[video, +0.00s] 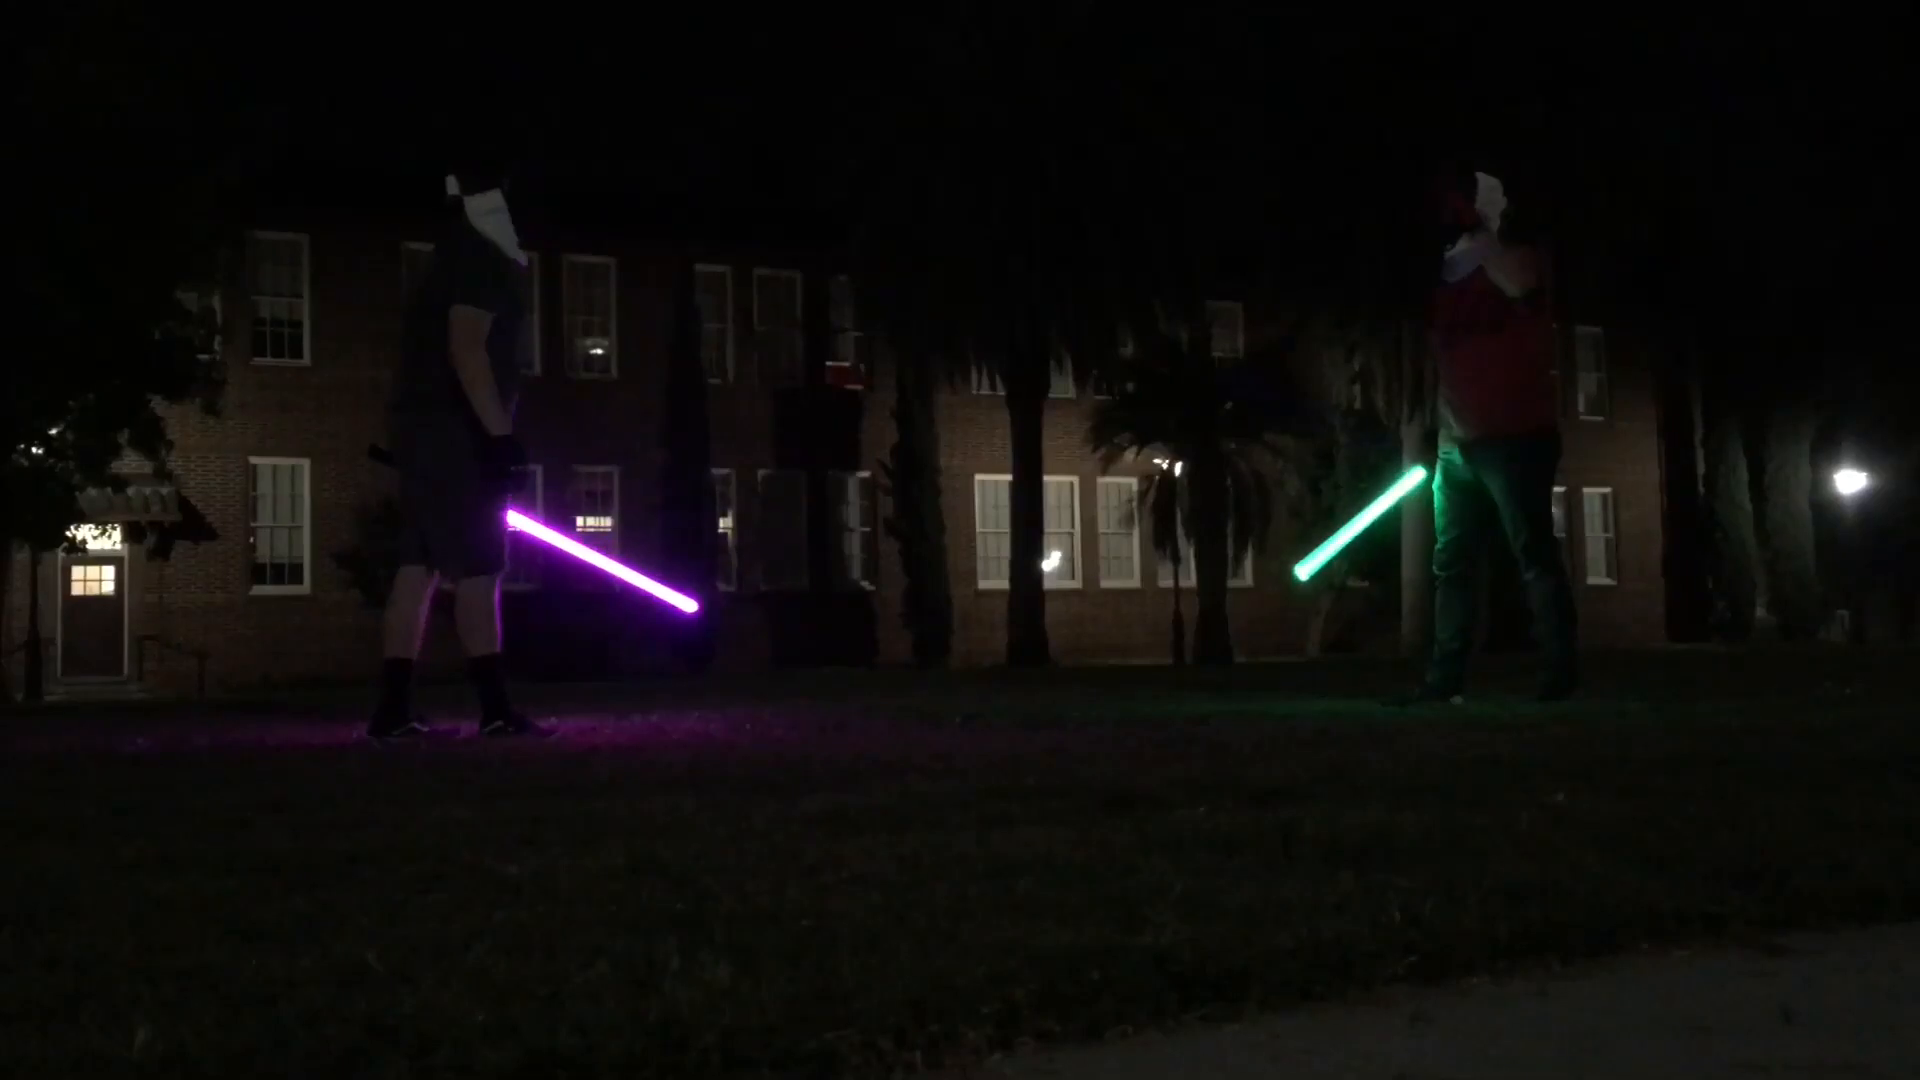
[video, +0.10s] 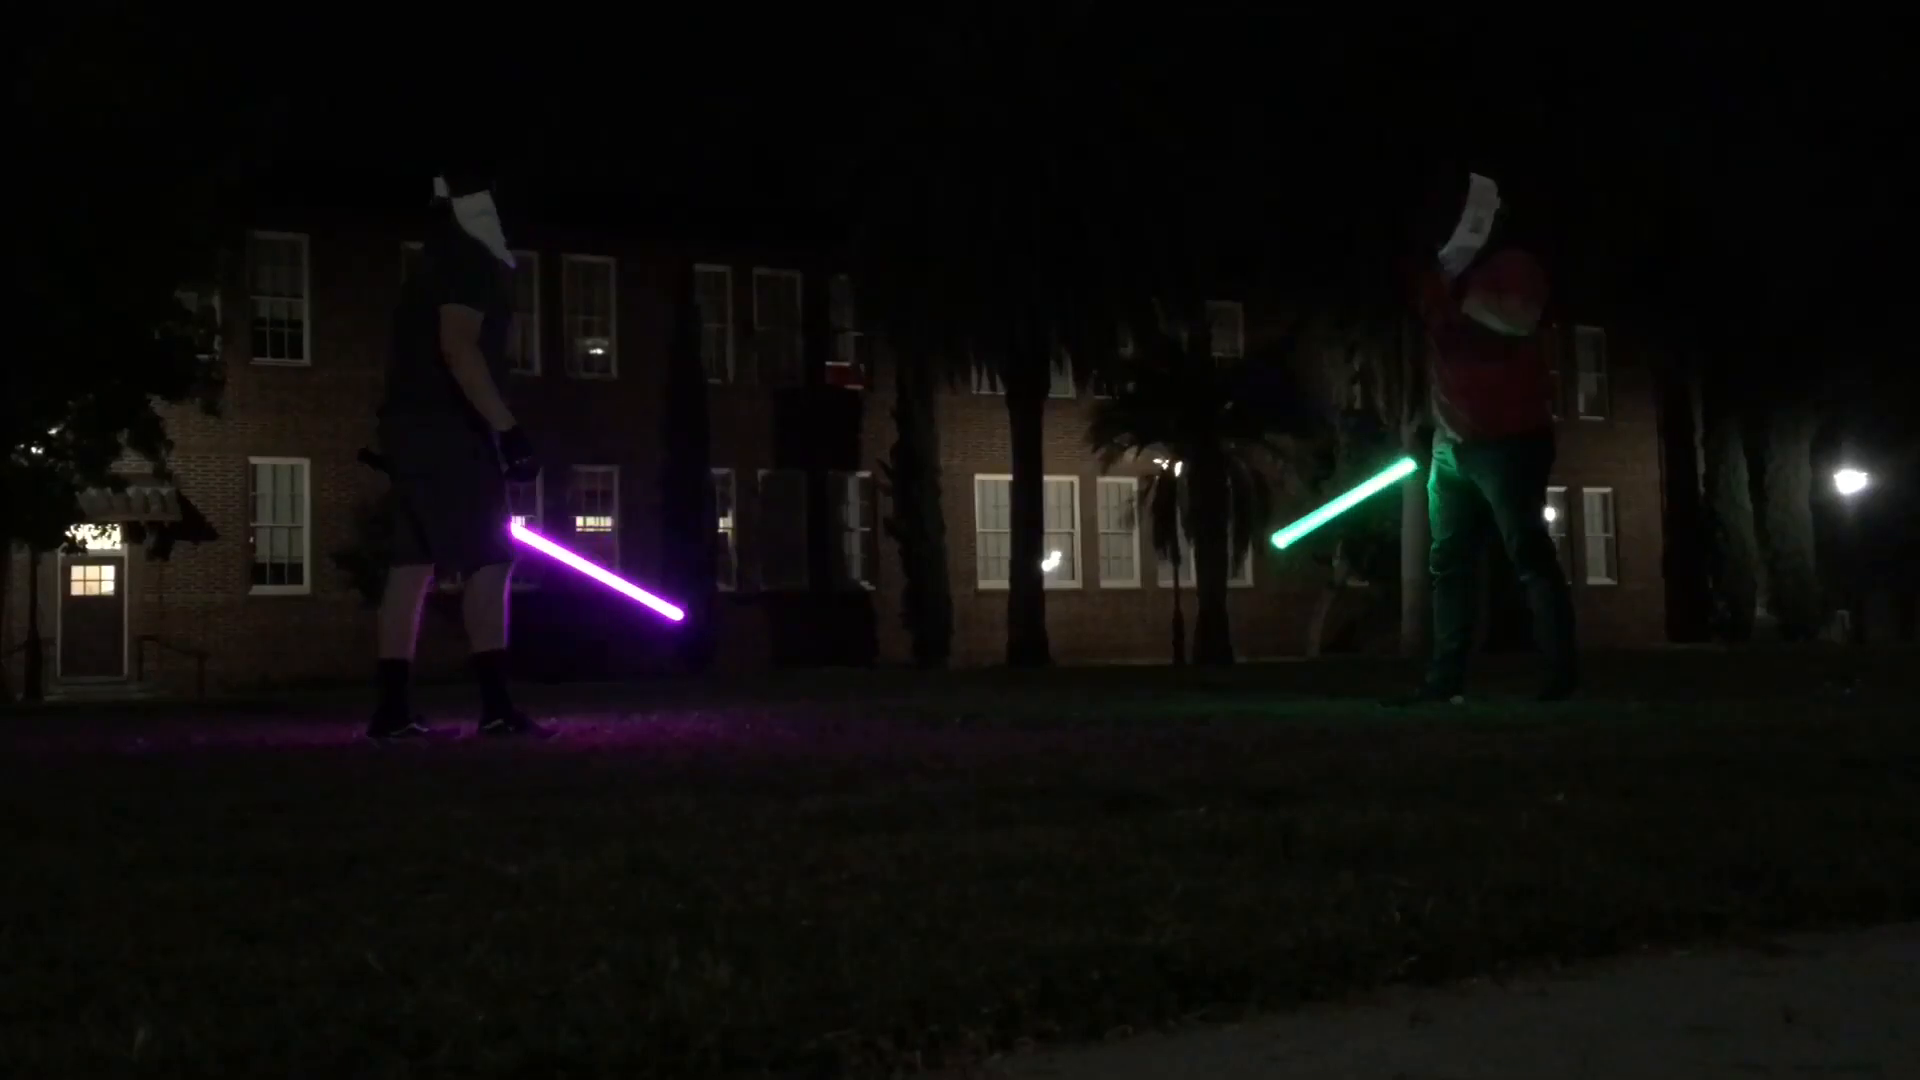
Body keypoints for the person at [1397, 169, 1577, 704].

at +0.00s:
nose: (1457, 212)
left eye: (1466, 201)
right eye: (1455, 204)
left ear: (1490, 204)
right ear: (1457, 208)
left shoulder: (1519, 250)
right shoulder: (1454, 262)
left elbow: (1521, 285)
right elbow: (1437, 346)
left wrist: (1481, 234)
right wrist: (1422, 424)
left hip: (1515, 433)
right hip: (1457, 436)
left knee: (1534, 557)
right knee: (1451, 564)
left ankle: (1557, 674)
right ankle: (1444, 679)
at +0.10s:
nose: (1463, 224)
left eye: (1472, 214)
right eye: (1458, 213)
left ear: (1490, 216)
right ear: (1447, 216)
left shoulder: (1511, 265)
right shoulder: (1445, 271)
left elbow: (1518, 322)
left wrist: (1455, 293)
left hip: (1510, 439)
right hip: (1452, 439)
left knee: (1529, 556)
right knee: (1448, 562)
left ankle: (1558, 672)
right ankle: (1445, 678)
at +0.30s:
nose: (1437, 231)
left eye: (1448, 221)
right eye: (1435, 221)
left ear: (1467, 224)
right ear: (1430, 224)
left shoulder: (1492, 274)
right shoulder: (1432, 282)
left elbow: (1512, 350)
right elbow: (1433, 356)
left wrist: (1446, 377)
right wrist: (1417, 387)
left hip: (1494, 444)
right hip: (1444, 447)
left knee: (1516, 560)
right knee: (1444, 568)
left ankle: (1557, 671)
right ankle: (1445, 680)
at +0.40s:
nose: (1425, 228)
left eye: (1435, 218)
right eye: (1424, 218)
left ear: (1455, 222)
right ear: (1426, 223)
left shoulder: (1478, 273)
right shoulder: (1424, 281)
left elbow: (1502, 352)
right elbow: (1425, 359)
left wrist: (1443, 396)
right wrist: (1412, 404)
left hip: (1483, 447)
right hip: (1434, 451)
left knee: (1506, 566)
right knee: (1442, 574)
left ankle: (1552, 675)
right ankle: (1442, 681)